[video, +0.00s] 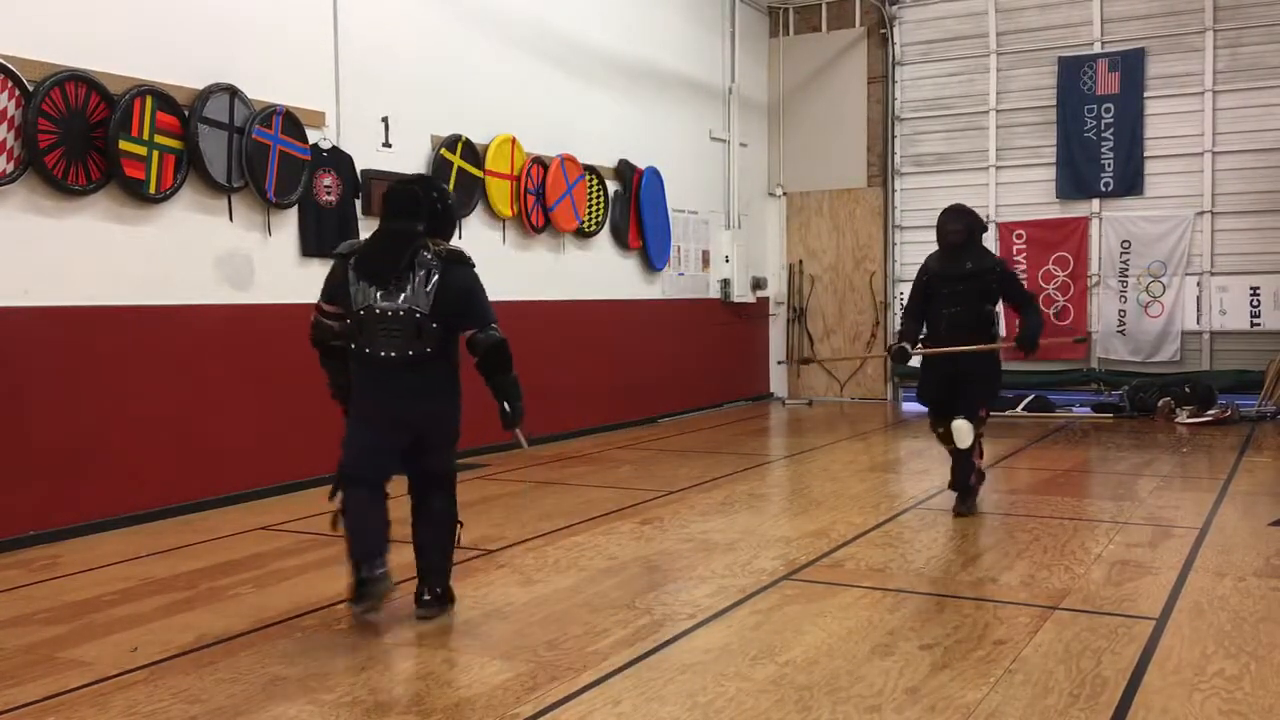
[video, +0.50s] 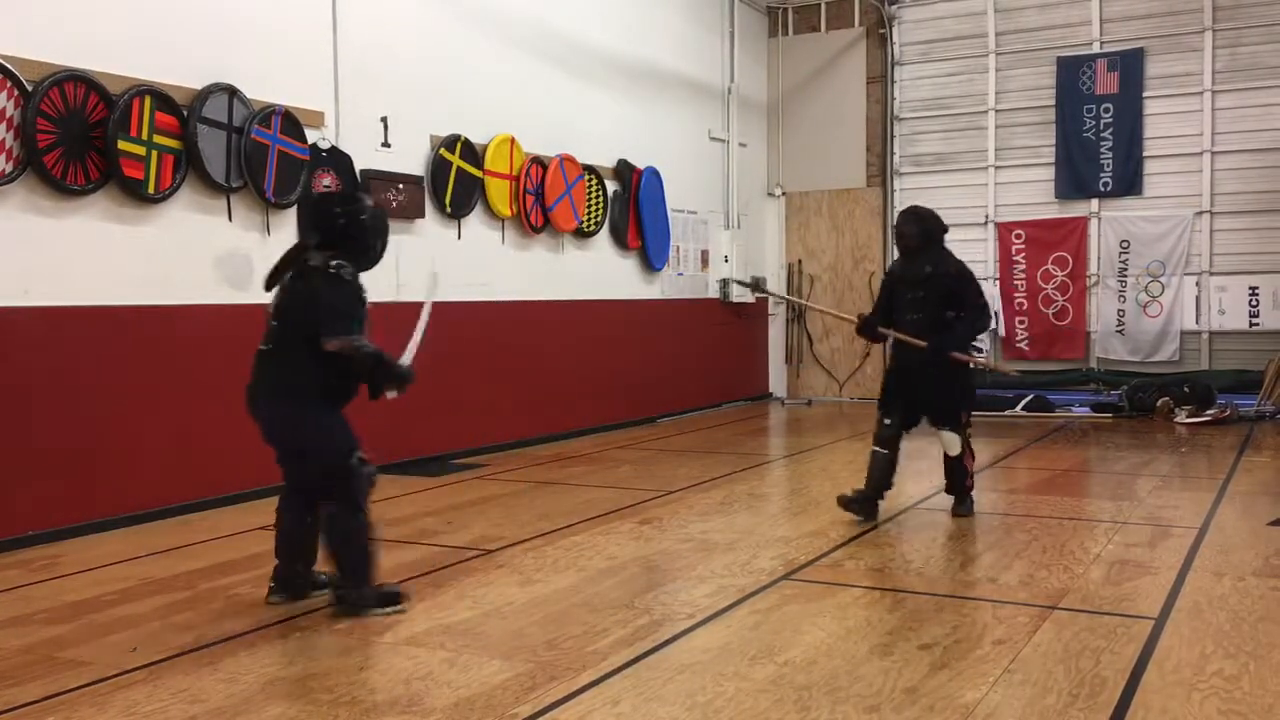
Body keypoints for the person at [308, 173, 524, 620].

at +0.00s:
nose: (450, 223)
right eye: (444, 216)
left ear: (388, 215)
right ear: (436, 218)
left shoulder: (352, 261)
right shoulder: (452, 268)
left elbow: (326, 330)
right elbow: (486, 341)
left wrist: (344, 385)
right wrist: (508, 396)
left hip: (374, 398)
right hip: (434, 399)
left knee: (361, 481)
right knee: (433, 486)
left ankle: (370, 569)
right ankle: (433, 587)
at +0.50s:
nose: (379, 241)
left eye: (378, 232)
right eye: (373, 232)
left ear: (328, 232)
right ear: (355, 236)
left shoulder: (303, 270)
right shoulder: (336, 281)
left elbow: (311, 345)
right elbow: (341, 345)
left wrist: (367, 373)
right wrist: (386, 369)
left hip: (274, 395)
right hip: (304, 400)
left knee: (303, 481)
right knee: (348, 476)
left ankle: (292, 574)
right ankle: (356, 585)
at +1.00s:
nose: (287, 249)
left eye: (283, 239)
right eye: (281, 240)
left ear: (229, 243)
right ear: (264, 245)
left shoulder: (211, 280)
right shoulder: (247, 290)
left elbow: (262, 356)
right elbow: (234, 364)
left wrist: (286, 319)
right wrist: (242, 421)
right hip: (196, 421)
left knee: (264, 483)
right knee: (177, 516)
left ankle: (285, 574)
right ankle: (102, 610)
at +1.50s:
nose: (250, 234)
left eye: (248, 224)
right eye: (244, 225)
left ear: (188, 230)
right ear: (227, 230)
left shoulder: (169, 271)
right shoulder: (221, 279)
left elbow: (142, 346)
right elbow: (242, 340)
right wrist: (282, 365)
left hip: (164, 412)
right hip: (188, 419)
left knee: (229, 483)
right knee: (175, 512)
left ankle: (202, 593)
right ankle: (101, 608)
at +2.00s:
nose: (318, 252)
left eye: (315, 242)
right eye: (310, 242)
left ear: (253, 246)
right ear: (290, 248)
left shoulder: (227, 282)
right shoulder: (289, 299)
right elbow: (310, 375)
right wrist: (346, 432)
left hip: (214, 432)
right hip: (265, 438)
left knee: (241, 501)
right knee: (337, 506)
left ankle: (202, 595)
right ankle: (344, 619)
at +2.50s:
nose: (364, 205)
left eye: (361, 194)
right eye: (357, 195)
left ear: (293, 197)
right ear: (338, 200)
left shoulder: (257, 246)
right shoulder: (325, 252)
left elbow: (270, 340)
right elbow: (340, 332)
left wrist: (342, 389)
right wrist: (389, 398)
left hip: (243, 418)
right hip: (308, 421)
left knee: (278, 525)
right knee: (360, 508)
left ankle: (265, 658)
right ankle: (367, 636)